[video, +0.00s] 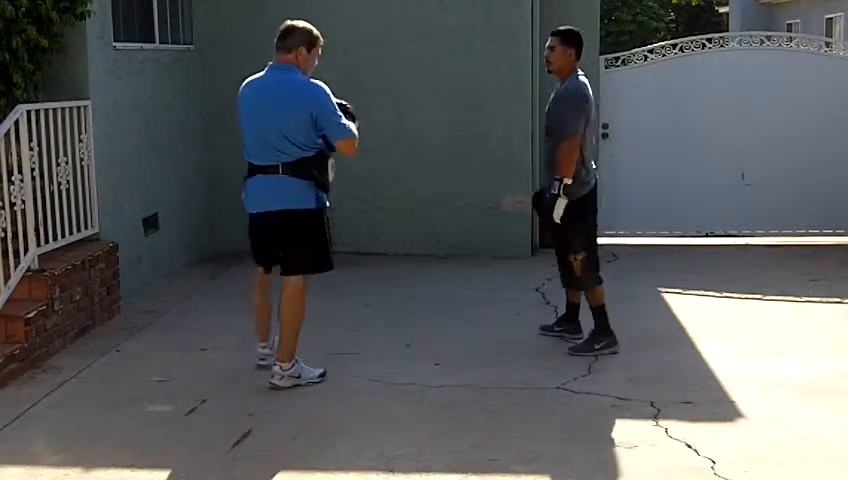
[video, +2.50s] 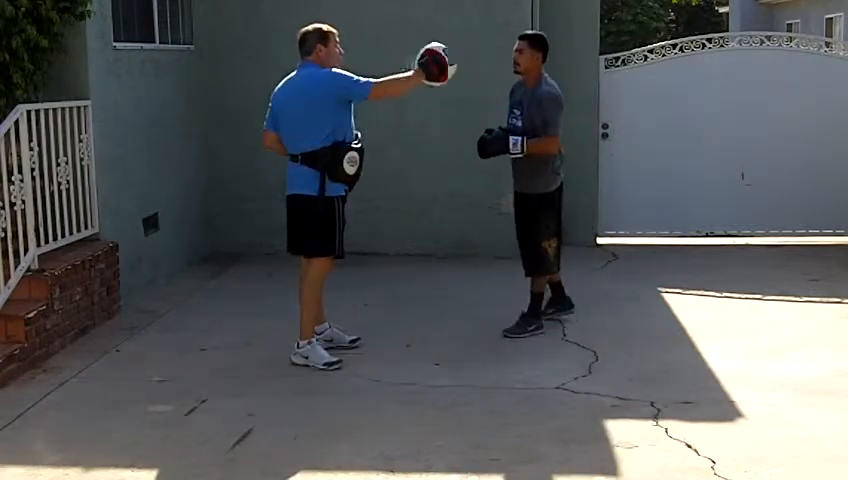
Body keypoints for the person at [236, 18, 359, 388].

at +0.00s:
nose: (317, 62)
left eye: (317, 55)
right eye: (316, 54)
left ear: (280, 50)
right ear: (303, 52)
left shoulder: (248, 88)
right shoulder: (312, 91)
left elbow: (259, 136)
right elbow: (348, 146)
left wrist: (316, 116)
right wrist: (347, 118)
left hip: (258, 195)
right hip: (299, 197)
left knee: (264, 270)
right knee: (294, 279)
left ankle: (264, 347)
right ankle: (285, 365)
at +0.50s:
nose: (323, 59)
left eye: (323, 52)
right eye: (320, 52)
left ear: (293, 52)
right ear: (301, 51)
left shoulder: (273, 82)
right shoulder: (293, 85)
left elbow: (299, 133)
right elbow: (306, 137)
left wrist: (336, 127)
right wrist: (337, 124)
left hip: (277, 190)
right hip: (295, 192)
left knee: (290, 265)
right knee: (316, 263)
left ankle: (291, 339)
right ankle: (289, 349)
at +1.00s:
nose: (323, 54)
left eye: (321, 47)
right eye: (318, 47)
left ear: (294, 52)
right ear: (296, 51)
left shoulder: (292, 83)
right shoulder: (287, 89)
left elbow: (330, 123)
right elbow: (326, 136)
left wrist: (353, 96)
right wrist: (351, 97)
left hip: (302, 189)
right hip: (297, 192)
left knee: (309, 262)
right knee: (312, 265)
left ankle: (295, 330)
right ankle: (305, 345)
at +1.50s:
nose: (330, 51)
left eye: (329, 45)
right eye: (325, 45)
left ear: (306, 51)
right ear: (305, 51)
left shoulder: (309, 82)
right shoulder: (288, 89)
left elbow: (328, 119)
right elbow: (298, 145)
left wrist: (357, 116)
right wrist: (344, 132)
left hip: (318, 186)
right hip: (301, 190)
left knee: (321, 260)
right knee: (311, 262)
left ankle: (320, 329)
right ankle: (304, 345)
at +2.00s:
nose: (345, 52)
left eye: (343, 46)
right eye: (341, 46)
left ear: (313, 50)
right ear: (325, 48)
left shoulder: (294, 82)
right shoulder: (316, 81)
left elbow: (282, 131)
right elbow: (306, 127)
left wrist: (303, 154)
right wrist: (317, 159)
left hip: (306, 190)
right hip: (318, 192)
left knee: (314, 261)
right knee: (319, 262)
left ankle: (318, 329)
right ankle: (305, 344)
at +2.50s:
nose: (341, 51)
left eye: (339, 45)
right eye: (337, 45)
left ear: (311, 52)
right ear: (320, 50)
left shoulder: (283, 88)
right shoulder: (331, 80)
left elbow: (271, 140)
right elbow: (380, 89)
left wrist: (308, 155)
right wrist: (422, 74)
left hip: (300, 188)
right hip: (323, 189)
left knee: (314, 260)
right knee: (321, 261)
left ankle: (318, 329)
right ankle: (305, 345)